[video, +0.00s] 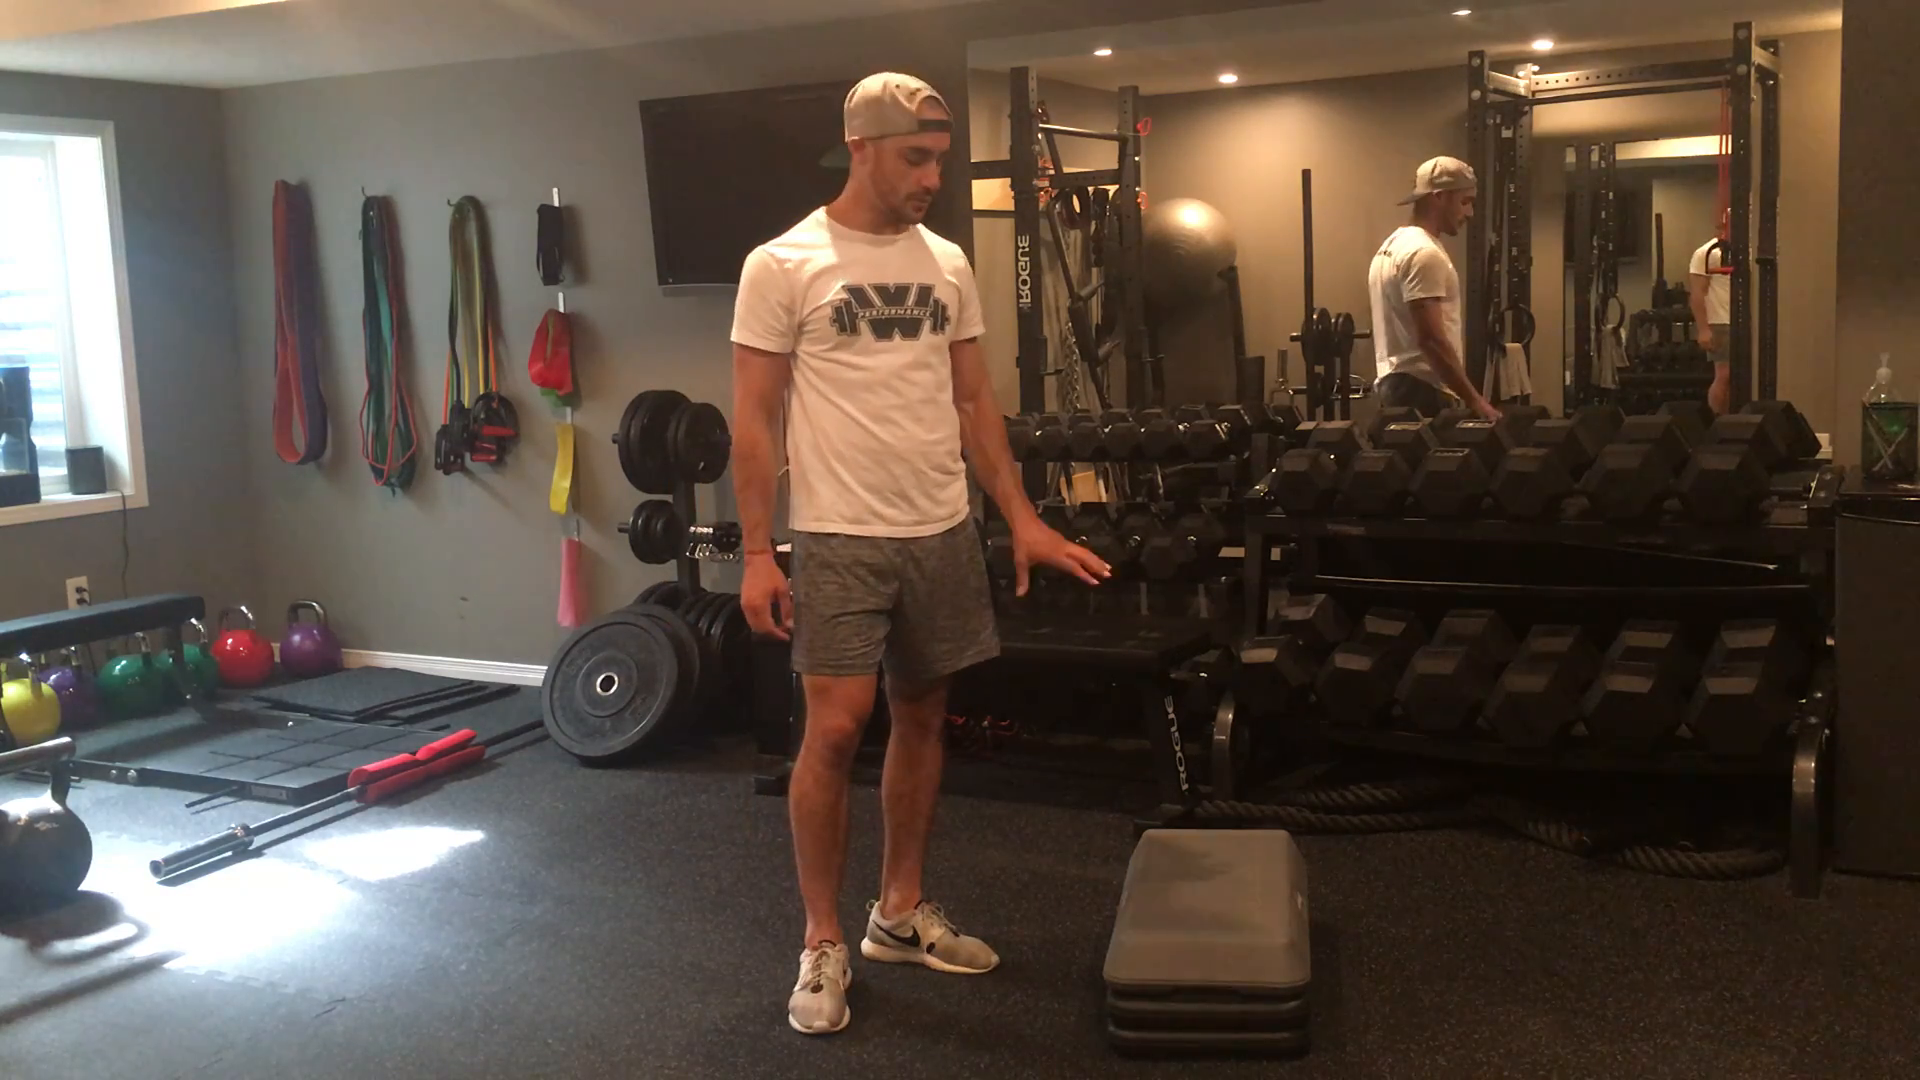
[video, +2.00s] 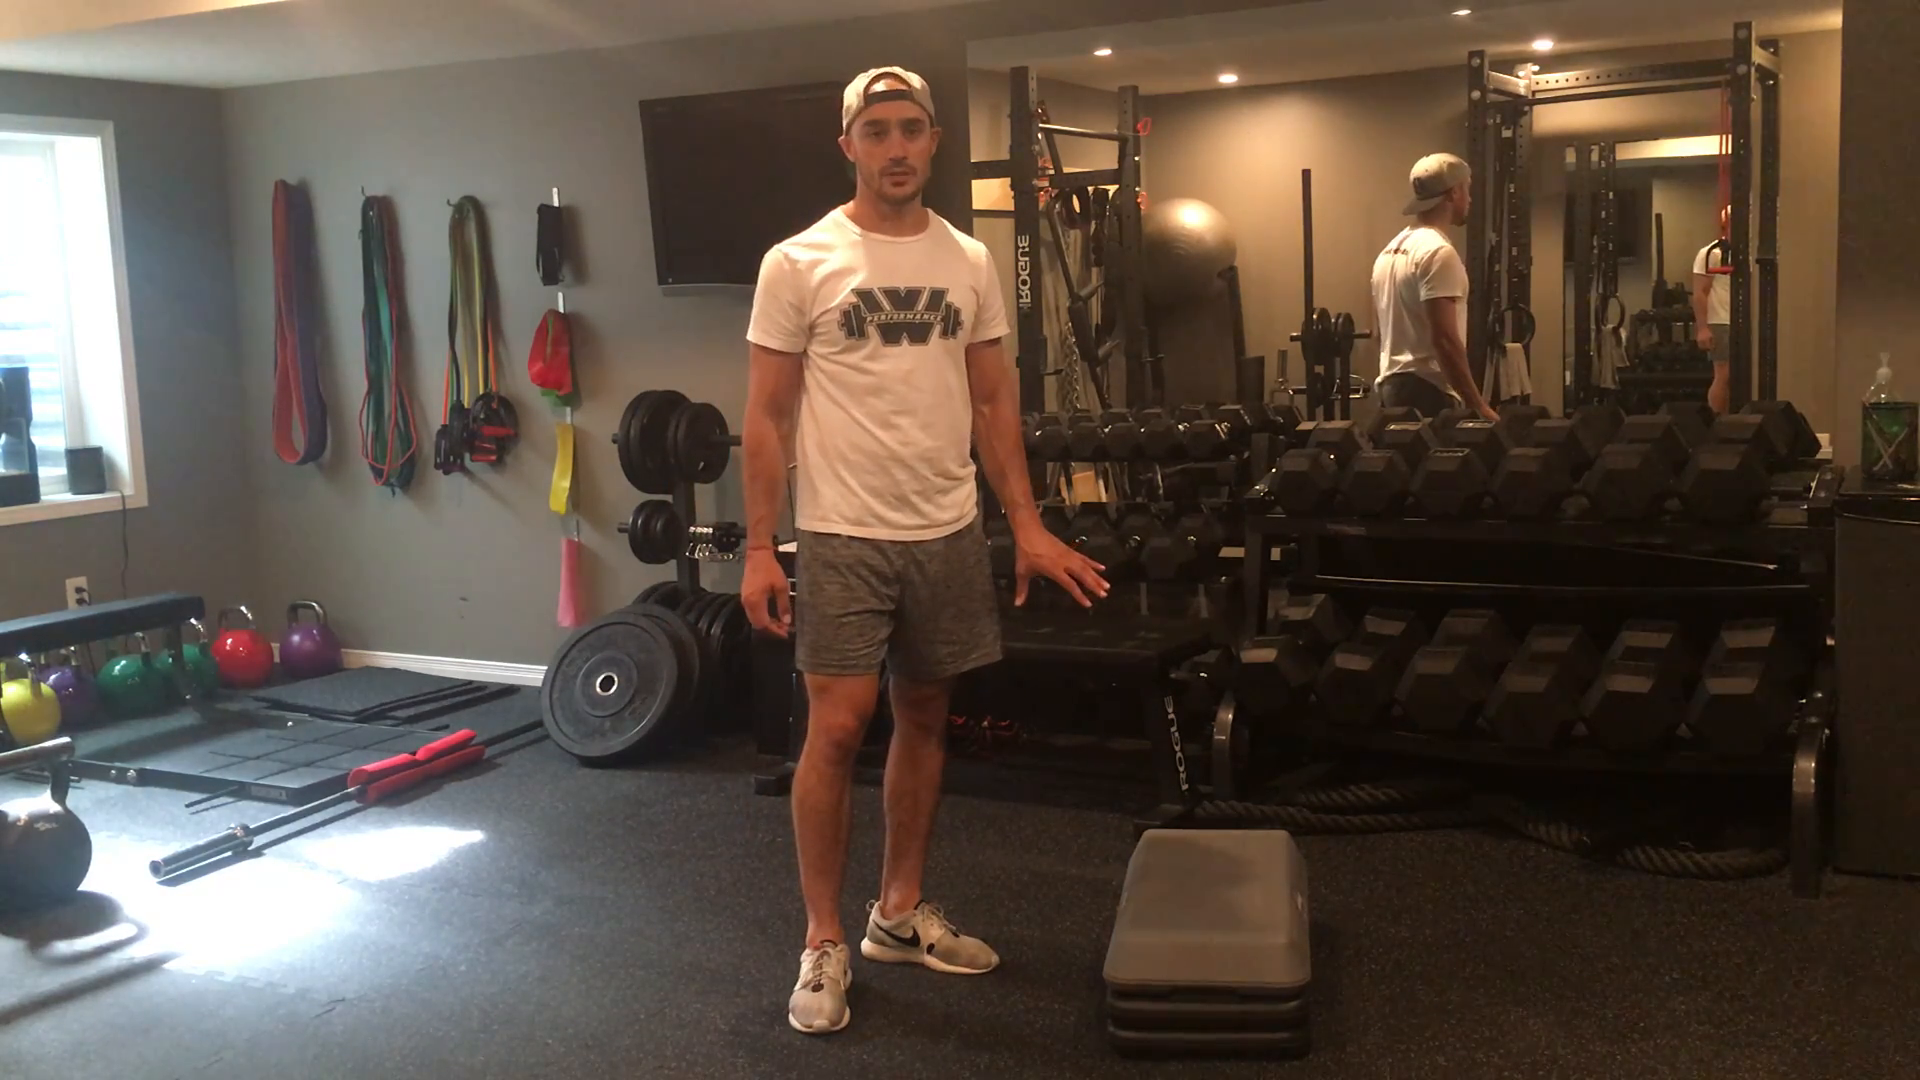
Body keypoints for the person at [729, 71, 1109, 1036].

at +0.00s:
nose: (935, 178)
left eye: (942, 161)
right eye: (920, 159)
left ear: (937, 159)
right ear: (862, 151)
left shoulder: (944, 261)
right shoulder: (783, 264)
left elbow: (975, 404)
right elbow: (755, 419)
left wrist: (1023, 518)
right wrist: (757, 552)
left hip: (939, 535)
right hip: (836, 540)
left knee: (922, 720)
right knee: (835, 730)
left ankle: (901, 910)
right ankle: (823, 944)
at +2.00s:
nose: (896, 148)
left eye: (910, 131)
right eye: (877, 132)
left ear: (934, 144)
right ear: (848, 146)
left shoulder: (969, 263)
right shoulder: (798, 263)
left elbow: (993, 401)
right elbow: (770, 413)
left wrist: (1027, 522)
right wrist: (759, 546)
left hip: (947, 534)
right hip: (840, 536)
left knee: (924, 720)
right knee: (838, 727)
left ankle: (901, 911)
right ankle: (823, 941)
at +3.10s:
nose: (911, 178)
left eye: (914, 159)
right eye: (898, 158)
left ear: (857, 156)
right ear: (840, 151)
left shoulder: (856, 254)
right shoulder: (763, 264)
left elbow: (866, 405)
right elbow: (718, 428)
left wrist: (916, 501)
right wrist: (763, 572)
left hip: (869, 540)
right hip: (789, 550)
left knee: (897, 709)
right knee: (777, 748)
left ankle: (899, 910)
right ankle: (778, 944)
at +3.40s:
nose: (983, 176)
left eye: (985, 158)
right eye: (973, 156)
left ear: (920, 156)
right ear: (919, 153)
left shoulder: (900, 257)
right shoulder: (845, 253)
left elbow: (865, 411)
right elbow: (796, 415)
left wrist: (902, 503)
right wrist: (886, 531)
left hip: (880, 537)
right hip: (813, 541)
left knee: (923, 705)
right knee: (796, 738)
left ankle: (897, 917)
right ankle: (777, 943)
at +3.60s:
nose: (1056, 192)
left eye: (1054, 174)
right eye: (1044, 173)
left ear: (995, 179)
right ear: (990, 176)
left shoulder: (970, 270)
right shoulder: (924, 261)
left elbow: (913, 413)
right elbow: (851, 405)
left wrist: (958, 498)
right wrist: (947, 512)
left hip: (918, 541)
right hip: (876, 542)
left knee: (959, 736)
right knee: (963, 737)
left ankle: (902, 926)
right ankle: (815, 905)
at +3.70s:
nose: (1086, 197)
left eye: (1085, 180)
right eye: (1073, 179)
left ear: (1021, 188)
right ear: (1018, 184)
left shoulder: (998, 284)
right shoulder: (951, 271)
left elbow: (944, 423)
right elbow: (848, 389)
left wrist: (1020, 481)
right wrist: (942, 501)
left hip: (927, 539)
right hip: (903, 541)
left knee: (973, 724)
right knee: (1079, 676)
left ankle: (906, 925)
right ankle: (914, 839)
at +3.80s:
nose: (1111, 131)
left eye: (1109, 113)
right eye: (1097, 112)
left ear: (1047, 127)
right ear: (1043, 125)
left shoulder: (1035, 228)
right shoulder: (973, 215)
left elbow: (967, 331)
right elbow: (859, 325)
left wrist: (1055, 361)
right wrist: (963, 425)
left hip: (951, 490)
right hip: (943, 494)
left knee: (962, 689)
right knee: (1133, 604)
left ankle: (915, 904)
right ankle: (1050, 817)